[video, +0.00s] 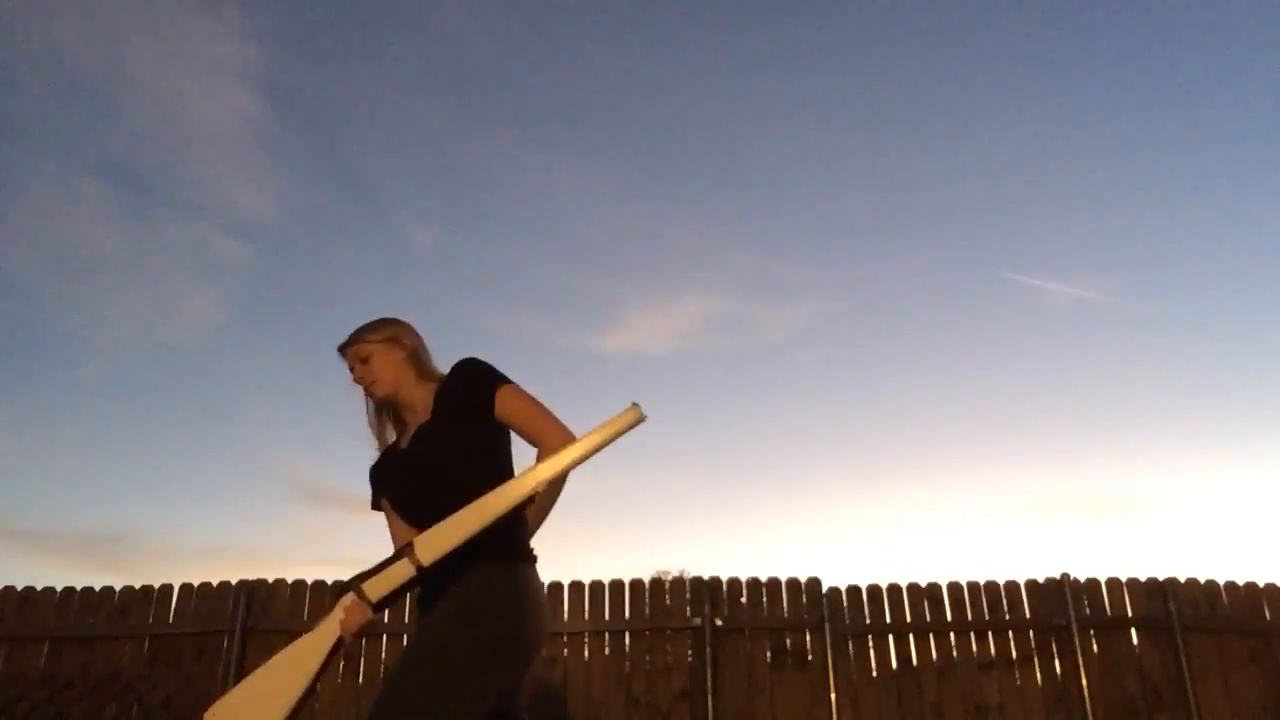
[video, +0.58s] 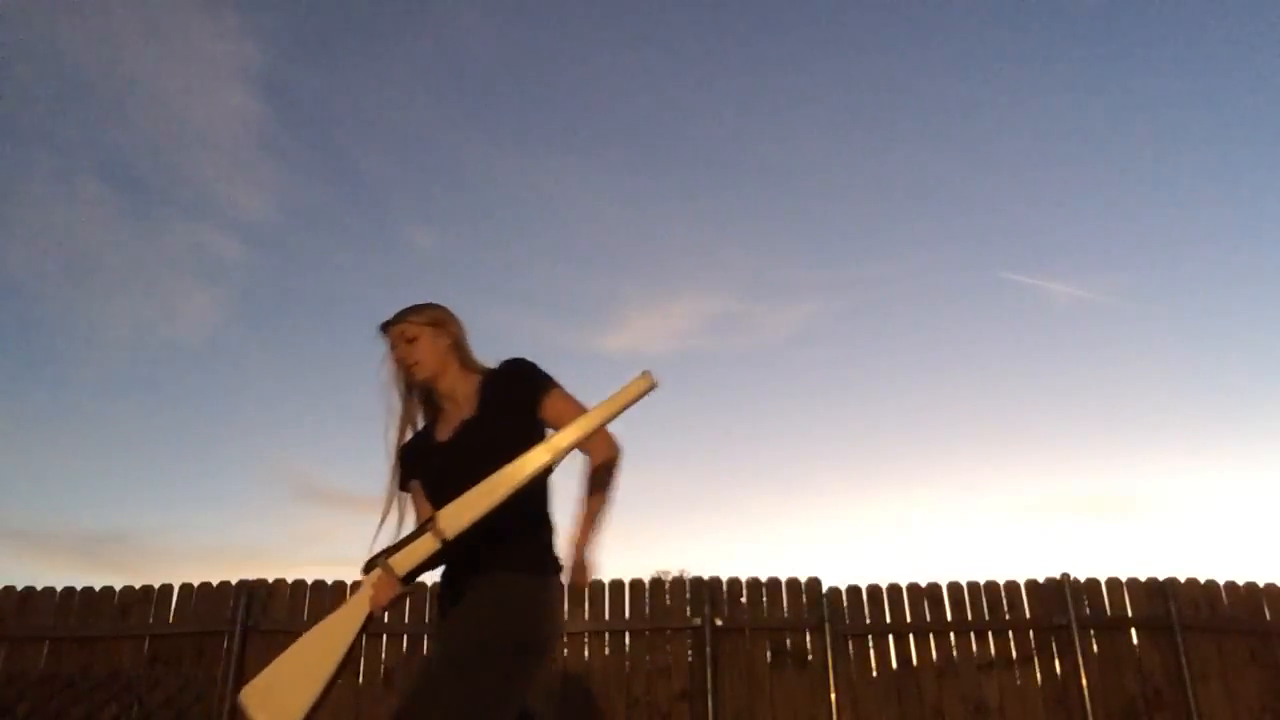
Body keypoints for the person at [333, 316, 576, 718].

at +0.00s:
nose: (356, 375)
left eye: (364, 359)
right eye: (352, 369)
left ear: (403, 346)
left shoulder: (467, 381)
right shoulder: (387, 468)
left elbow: (559, 443)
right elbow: (411, 558)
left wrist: (519, 533)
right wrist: (368, 598)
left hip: (501, 591)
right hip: (442, 609)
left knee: (400, 710)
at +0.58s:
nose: (402, 355)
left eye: (410, 339)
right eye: (395, 349)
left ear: (447, 335)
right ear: (398, 363)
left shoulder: (512, 382)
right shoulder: (418, 451)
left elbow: (603, 448)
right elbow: (435, 538)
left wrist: (582, 546)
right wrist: (397, 575)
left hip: (526, 589)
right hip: (461, 602)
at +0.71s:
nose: (436, 350)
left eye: (446, 336)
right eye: (429, 346)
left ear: (480, 334)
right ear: (427, 360)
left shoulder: (550, 391)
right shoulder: (439, 447)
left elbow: (629, 471)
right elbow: (446, 533)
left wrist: (616, 523)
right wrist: (420, 561)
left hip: (550, 585)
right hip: (480, 593)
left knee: (519, 702)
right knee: (472, 704)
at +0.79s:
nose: (464, 345)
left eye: (475, 331)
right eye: (453, 339)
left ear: (505, 336)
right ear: (448, 356)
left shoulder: (569, 398)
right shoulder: (452, 442)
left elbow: (630, 485)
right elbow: (455, 523)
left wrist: (612, 492)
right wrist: (439, 546)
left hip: (567, 579)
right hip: (497, 588)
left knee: (532, 699)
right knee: (492, 702)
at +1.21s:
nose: (619, 343)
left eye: (628, 339)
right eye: (613, 332)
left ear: (629, 360)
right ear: (590, 336)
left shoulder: (638, 416)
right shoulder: (515, 394)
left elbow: (651, 510)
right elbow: (466, 488)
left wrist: (657, 556)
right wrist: (511, 543)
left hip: (616, 589)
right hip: (534, 593)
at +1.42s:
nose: (641, 312)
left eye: (658, 313)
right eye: (638, 309)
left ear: (670, 349)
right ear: (619, 331)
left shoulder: (680, 422)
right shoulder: (566, 379)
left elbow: (691, 520)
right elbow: (492, 465)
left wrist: (684, 564)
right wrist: (538, 535)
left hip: (651, 600)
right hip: (569, 591)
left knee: (676, 706)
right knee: (558, 706)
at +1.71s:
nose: (670, 285)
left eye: (680, 285)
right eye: (658, 282)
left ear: (693, 315)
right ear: (634, 311)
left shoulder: (730, 386)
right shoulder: (601, 384)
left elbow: (746, 495)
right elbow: (546, 485)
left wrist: (769, 540)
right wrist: (594, 505)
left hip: (697, 588)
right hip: (609, 585)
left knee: (710, 705)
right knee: (580, 706)